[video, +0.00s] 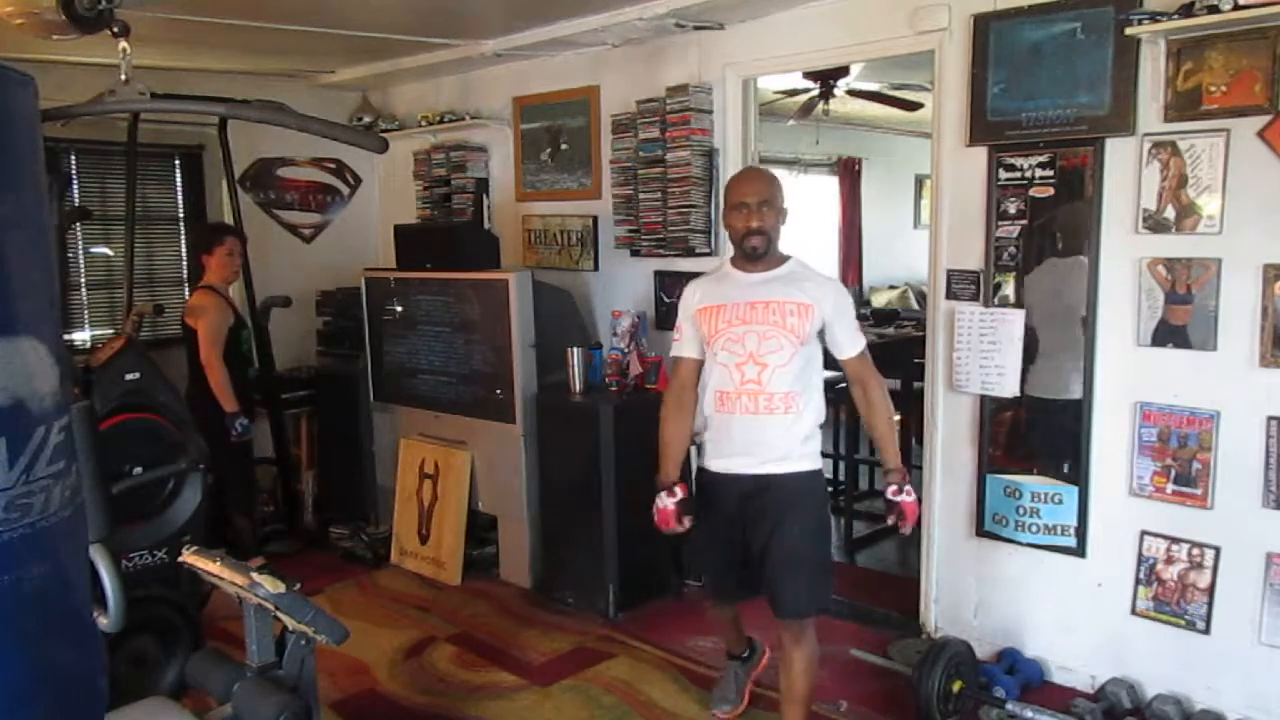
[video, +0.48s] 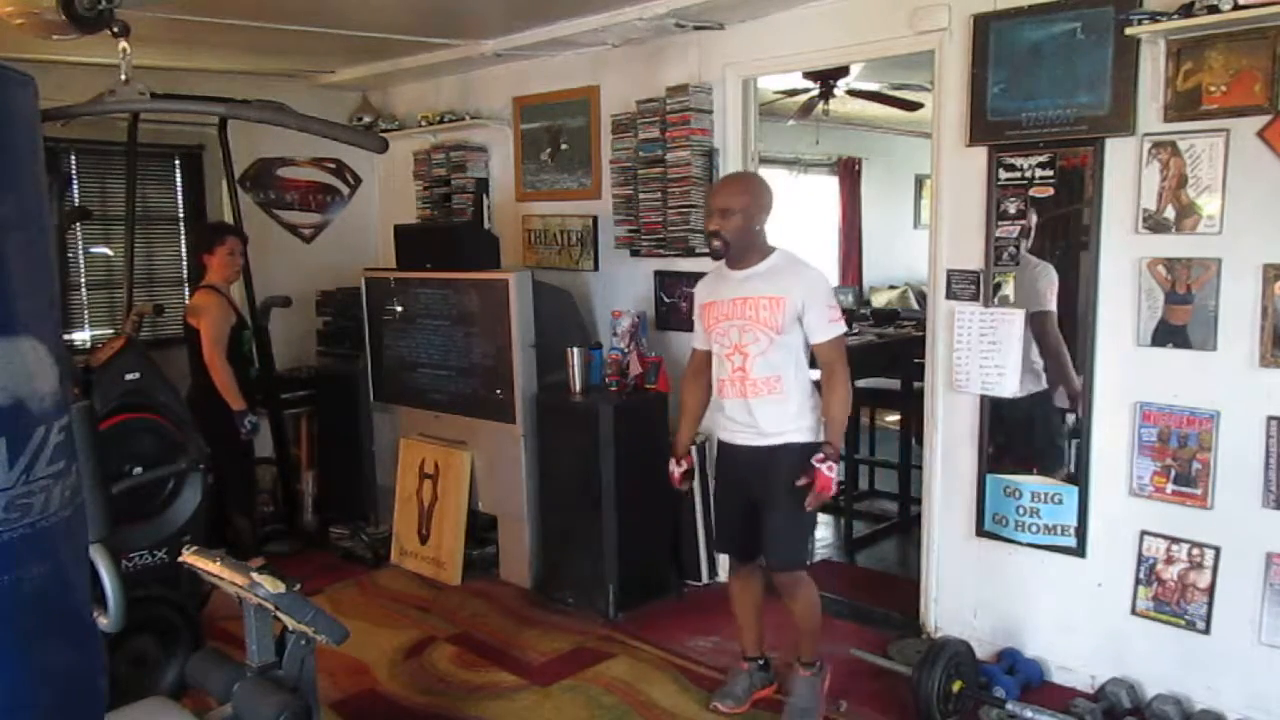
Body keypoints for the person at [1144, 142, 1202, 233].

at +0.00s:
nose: (1158, 158)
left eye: (1159, 153)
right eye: (1155, 156)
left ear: (1169, 150)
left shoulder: (1175, 161)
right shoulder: (1164, 166)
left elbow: (1170, 187)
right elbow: (1162, 188)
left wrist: (1160, 213)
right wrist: (1157, 212)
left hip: (1190, 211)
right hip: (1180, 212)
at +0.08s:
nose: (1158, 158)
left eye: (1159, 153)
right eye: (1155, 156)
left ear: (1169, 150)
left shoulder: (1175, 161)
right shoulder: (1164, 166)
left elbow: (1170, 187)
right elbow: (1162, 188)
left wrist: (1160, 213)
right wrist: (1157, 212)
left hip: (1190, 211)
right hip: (1180, 212)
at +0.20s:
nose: (1158, 158)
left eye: (1159, 153)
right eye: (1155, 155)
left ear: (1169, 150)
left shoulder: (1175, 161)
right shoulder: (1164, 166)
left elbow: (1170, 188)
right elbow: (1161, 188)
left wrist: (1160, 213)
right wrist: (1157, 212)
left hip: (1190, 211)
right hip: (1180, 212)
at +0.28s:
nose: (1158, 158)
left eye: (1159, 153)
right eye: (1155, 155)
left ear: (1169, 150)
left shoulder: (1175, 161)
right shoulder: (1164, 166)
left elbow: (1170, 188)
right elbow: (1161, 188)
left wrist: (1160, 213)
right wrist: (1157, 211)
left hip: (1190, 211)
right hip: (1180, 212)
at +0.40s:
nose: (1158, 158)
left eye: (1159, 153)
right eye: (1155, 155)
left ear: (1169, 150)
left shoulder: (1175, 161)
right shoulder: (1164, 166)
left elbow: (1170, 188)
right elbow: (1161, 188)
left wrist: (1160, 213)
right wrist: (1157, 211)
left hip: (1190, 211)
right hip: (1180, 212)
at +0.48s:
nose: (1158, 158)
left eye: (1159, 153)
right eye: (1155, 155)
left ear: (1169, 150)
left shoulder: (1175, 161)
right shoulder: (1164, 166)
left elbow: (1170, 188)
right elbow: (1161, 188)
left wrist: (1160, 213)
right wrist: (1157, 211)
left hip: (1190, 211)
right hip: (1180, 212)